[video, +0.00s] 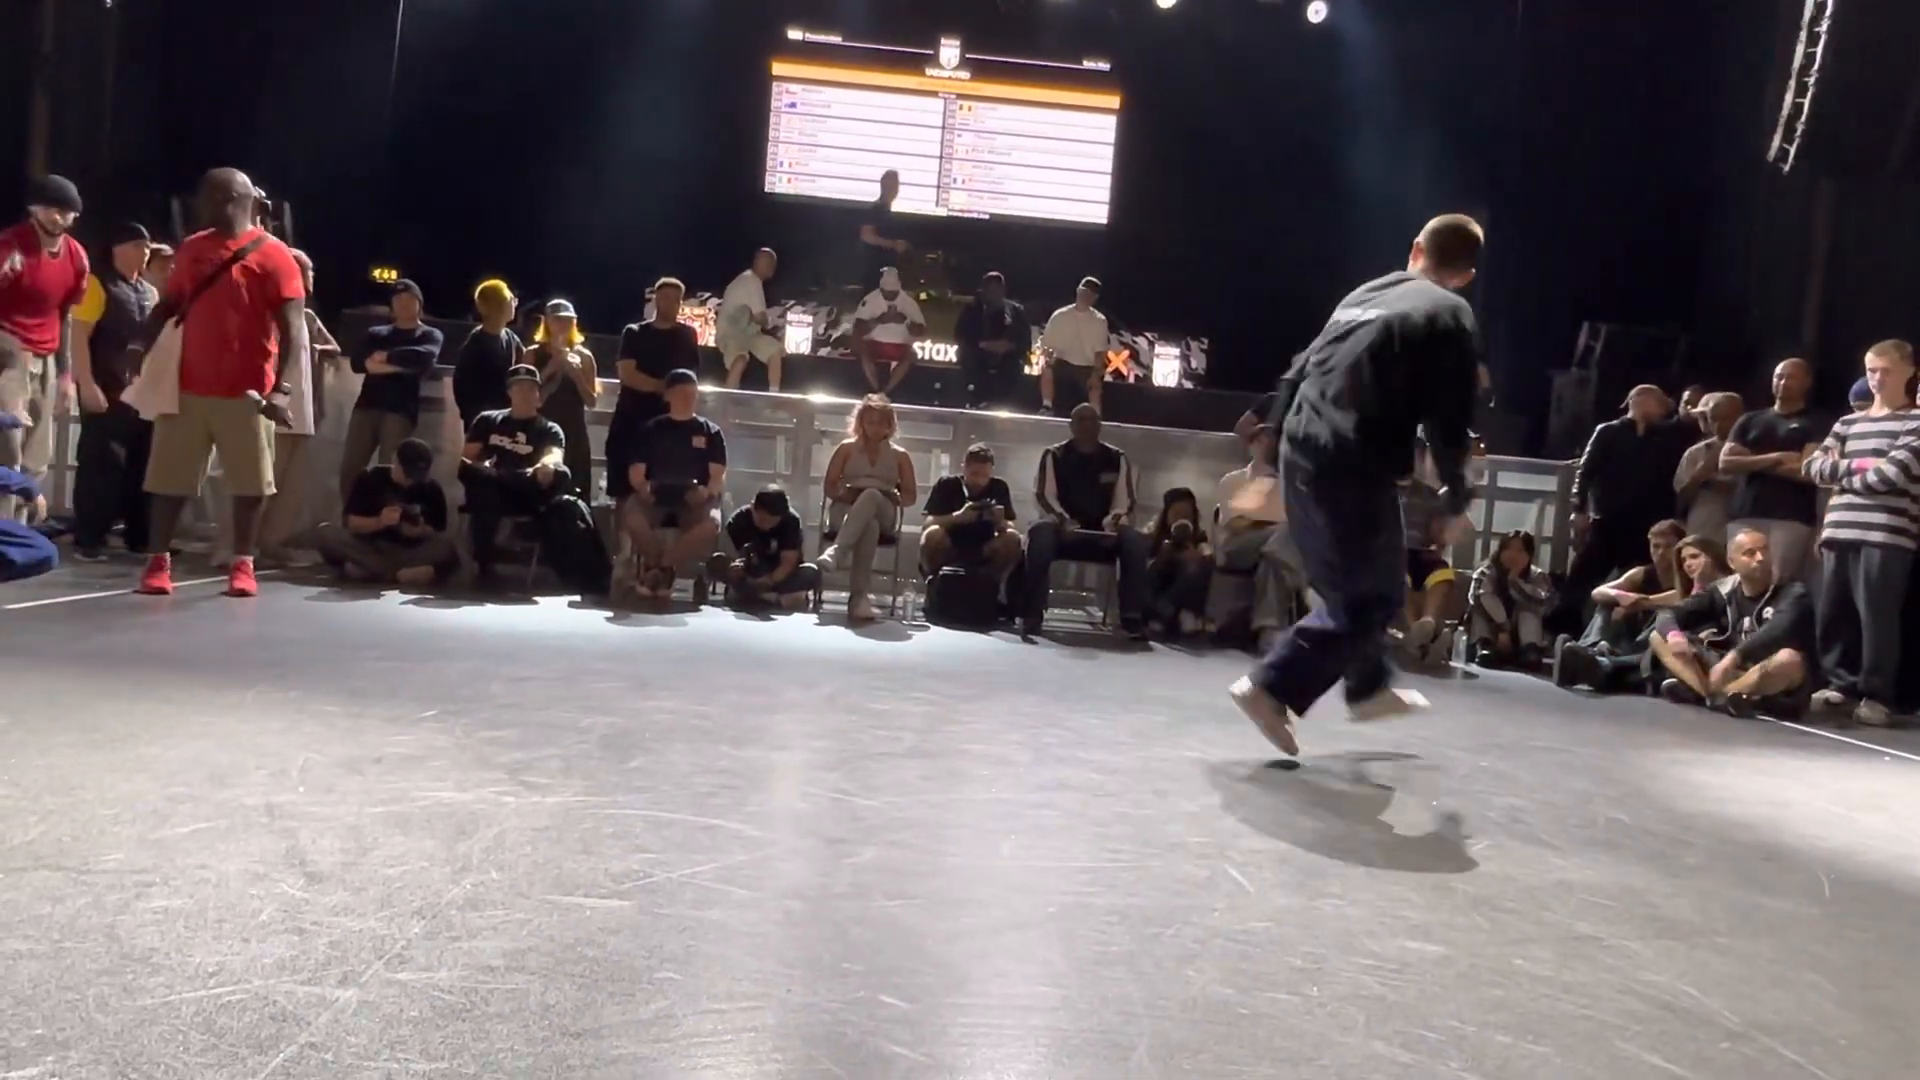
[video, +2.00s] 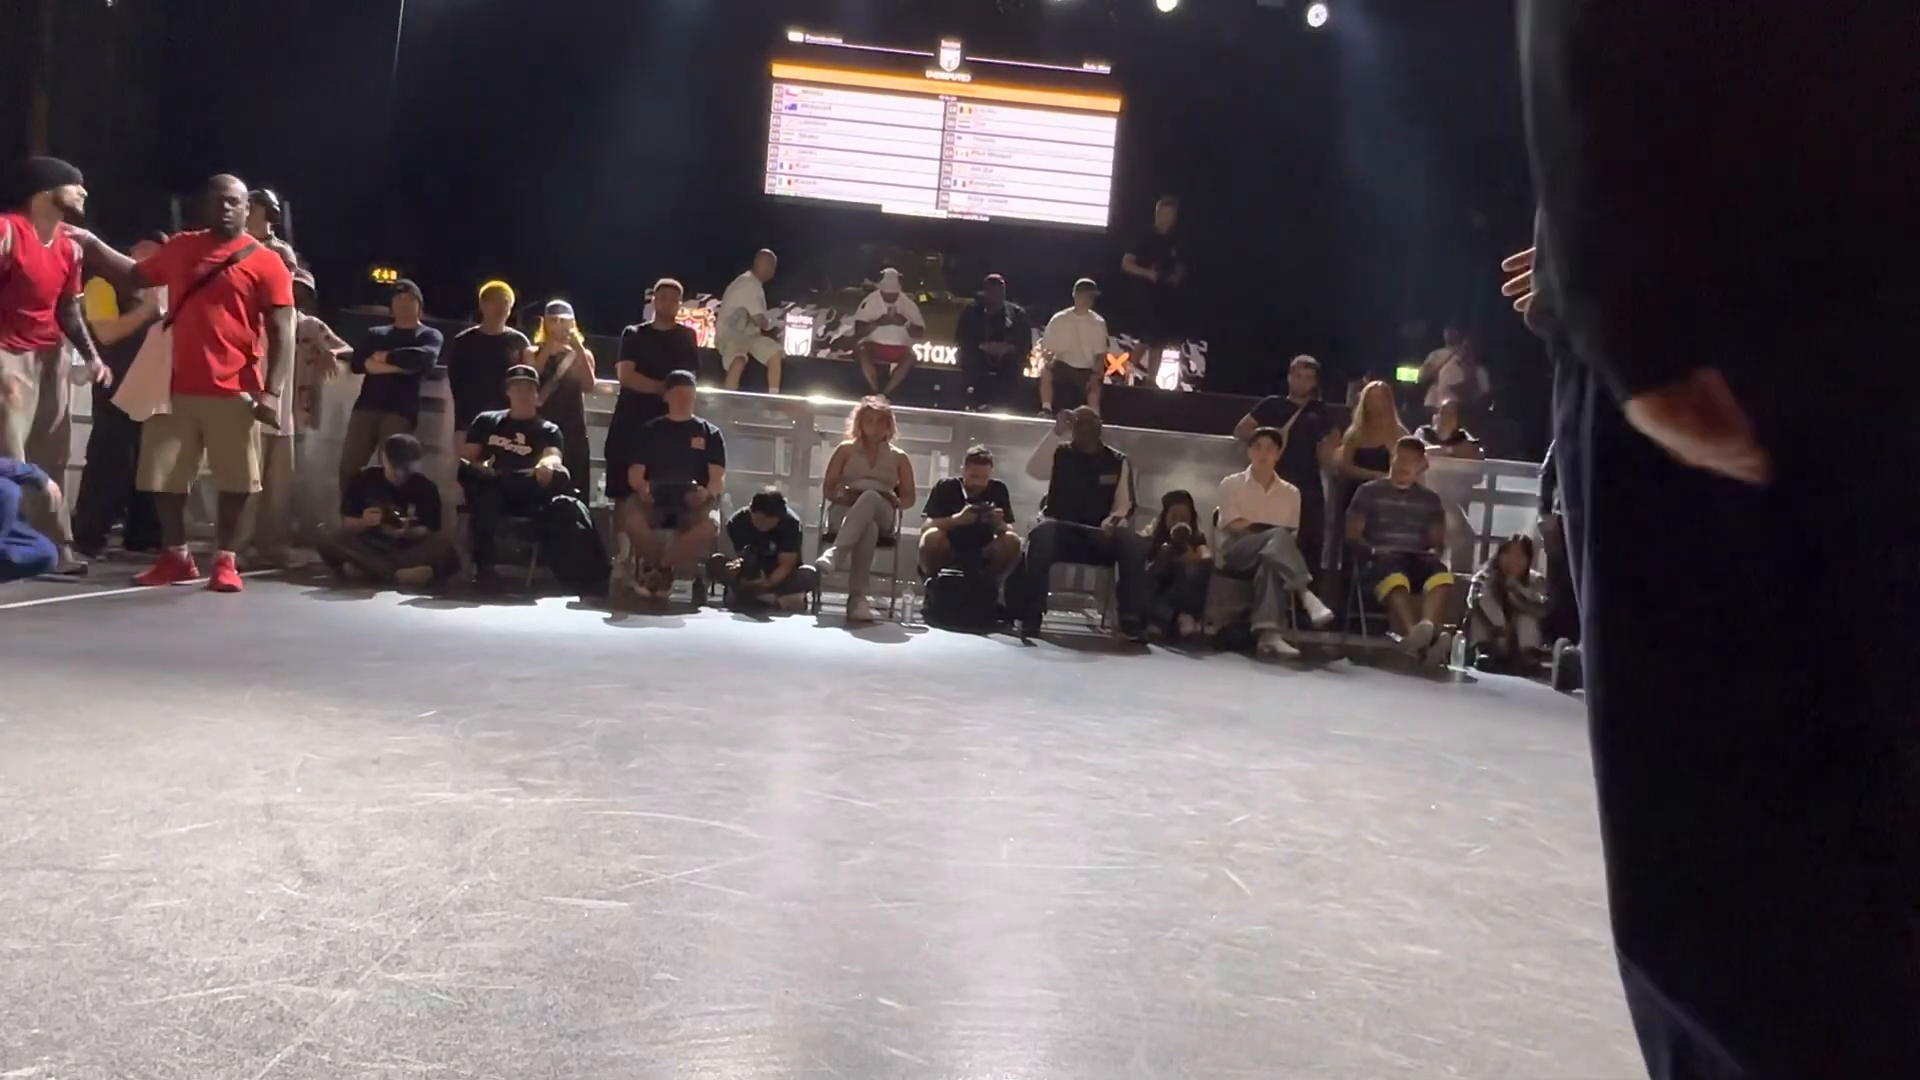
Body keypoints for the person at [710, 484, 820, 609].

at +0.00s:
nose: (765, 525)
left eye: (771, 522)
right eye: (762, 520)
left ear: (780, 516)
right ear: (753, 508)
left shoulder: (791, 521)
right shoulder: (737, 522)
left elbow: (789, 563)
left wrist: (769, 580)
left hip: (780, 568)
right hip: (751, 570)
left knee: (812, 572)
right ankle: (778, 600)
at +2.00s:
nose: (770, 525)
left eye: (774, 521)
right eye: (767, 521)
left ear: (779, 516)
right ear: (754, 513)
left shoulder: (790, 523)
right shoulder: (735, 523)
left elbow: (787, 564)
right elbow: (744, 558)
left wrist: (765, 584)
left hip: (779, 570)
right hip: (752, 571)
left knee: (809, 574)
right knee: (715, 563)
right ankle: (777, 601)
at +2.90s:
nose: (757, 535)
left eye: (761, 531)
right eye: (753, 530)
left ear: (769, 525)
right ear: (744, 521)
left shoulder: (781, 530)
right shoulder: (726, 532)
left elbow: (778, 571)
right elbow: (731, 567)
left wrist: (759, 590)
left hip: (770, 577)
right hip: (741, 578)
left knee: (801, 581)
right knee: (705, 571)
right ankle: (765, 608)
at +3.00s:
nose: (752, 537)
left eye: (757, 533)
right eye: (748, 531)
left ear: (767, 528)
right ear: (742, 523)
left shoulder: (780, 532)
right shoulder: (726, 534)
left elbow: (777, 572)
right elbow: (735, 569)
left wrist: (761, 592)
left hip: (770, 579)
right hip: (742, 581)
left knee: (800, 582)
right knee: (705, 572)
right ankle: (767, 611)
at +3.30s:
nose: (745, 538)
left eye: (750, 534)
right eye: (741, 532)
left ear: (760, 529)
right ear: (734, 524)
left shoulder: (773, 534)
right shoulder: (718, 535)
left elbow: (769, 574)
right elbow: (728, 569)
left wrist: (753, 592)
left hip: (762, 580)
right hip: (734, 582)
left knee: (793, 584)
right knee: (698, 575)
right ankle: (758, 611)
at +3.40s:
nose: (741, 539)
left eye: (747, 535)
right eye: (738, 533)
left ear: (757, 531)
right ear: (731, 526)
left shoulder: (770, 536)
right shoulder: (715, 537)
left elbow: (766, 576)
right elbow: (726, 571)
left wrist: (748, 595)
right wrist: (717, 579)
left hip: (759, 582)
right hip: (731, 582)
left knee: (791, 585)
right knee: (695, 577)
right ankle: (756, 613)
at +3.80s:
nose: (739, 536)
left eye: (745, 533)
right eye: (735, 531)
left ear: (754, 528)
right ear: (728, 525)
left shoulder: (767, 535)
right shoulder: (713, 535)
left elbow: (764, 574)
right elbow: (719, 566)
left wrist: (748, 593)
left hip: (757, 578)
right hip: (731, 578)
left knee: (786, 584)